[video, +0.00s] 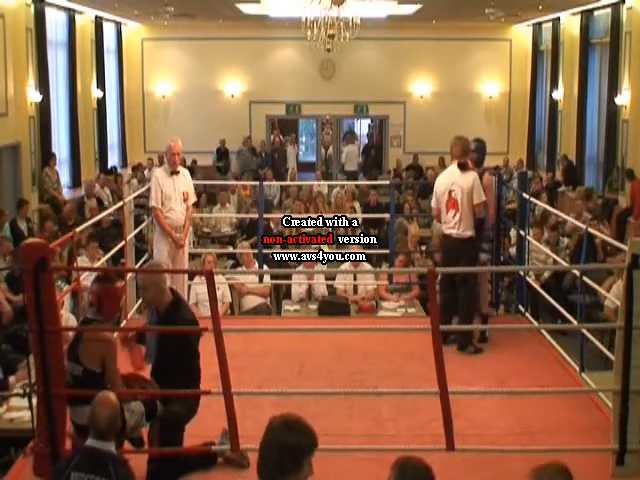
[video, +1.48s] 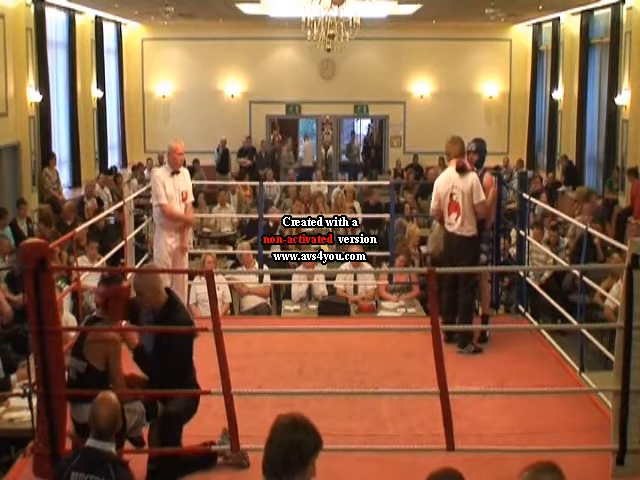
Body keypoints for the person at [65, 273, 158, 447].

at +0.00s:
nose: (120, 304)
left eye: (120, 298)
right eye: (117, 298)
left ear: (94, 299)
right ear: (103, 300)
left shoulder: (83, 327)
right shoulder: (105, 339)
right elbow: (117, 390)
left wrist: (129, 384)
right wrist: (139, 395)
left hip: (76, 410)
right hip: (94, 415)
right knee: (152, 405)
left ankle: (133, 430)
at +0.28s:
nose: (120, 305)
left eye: (120, 299)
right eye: (117, 299)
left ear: (95, 300)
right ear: (103, 301)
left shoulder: (83, 328)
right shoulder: (105, 339)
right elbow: (117, 390)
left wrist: (129, 384)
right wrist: (141, 395)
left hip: (77, 410)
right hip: (94, 415)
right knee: (152, 406)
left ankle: (133, 430)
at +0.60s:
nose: (122, 305)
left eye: (121, 299)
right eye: (118, 300)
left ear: (95, 300)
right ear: (101, 301)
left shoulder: (85, 326)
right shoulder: (106, 338)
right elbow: (117, 390)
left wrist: (124, 381)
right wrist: (139, 394)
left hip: (77, 410)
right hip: (94, 414)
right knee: (151, 407)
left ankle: (132, 429)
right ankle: (131, 430)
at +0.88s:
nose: (121, 304)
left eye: (121, 298)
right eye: (117, 299)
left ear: (96, 300)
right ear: (100, 300)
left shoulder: (86, 324)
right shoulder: (107, 335)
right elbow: (117, 390)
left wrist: (128, 381)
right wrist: (139, 395)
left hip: (77, 409)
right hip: (94, 414)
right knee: (153, 407)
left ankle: (132, 428)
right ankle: (130, 429)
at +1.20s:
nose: (122, 306)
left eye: (122, 299)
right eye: (118, 300)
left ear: (97, 301)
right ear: (103, 302)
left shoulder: (88, 324)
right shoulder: (108, 337)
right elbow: (118, 390)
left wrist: (130, 383)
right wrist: (140, 394)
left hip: (77, 410)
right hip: (93, 415)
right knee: (153, 407)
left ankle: (133, 429)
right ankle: (130, 430)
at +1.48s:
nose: (128, 305)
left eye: (127, 299)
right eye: (124, 300)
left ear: (101, 301)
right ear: (113, 302)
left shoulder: (89, 324)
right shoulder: (110, 338)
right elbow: (120, 393)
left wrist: (129, 382)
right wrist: (143, 392)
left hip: (77, 407)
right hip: (94, 413)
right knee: (153, 407)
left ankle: (133, 429)